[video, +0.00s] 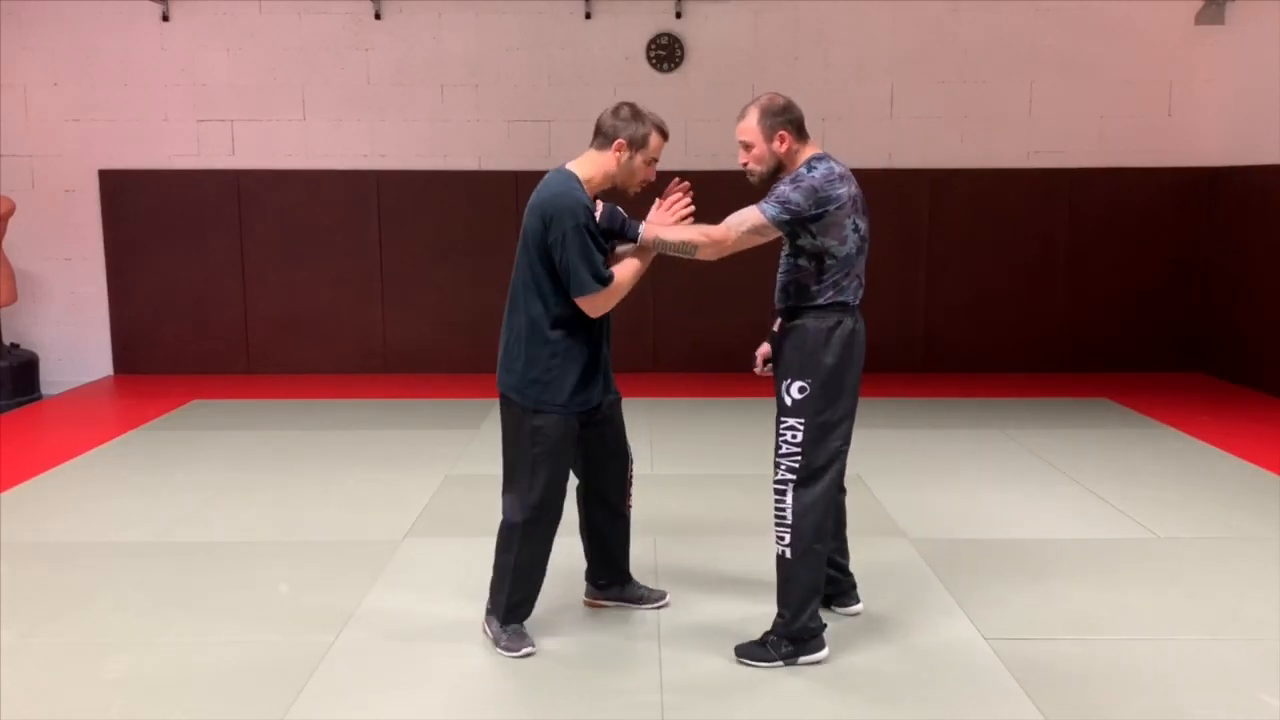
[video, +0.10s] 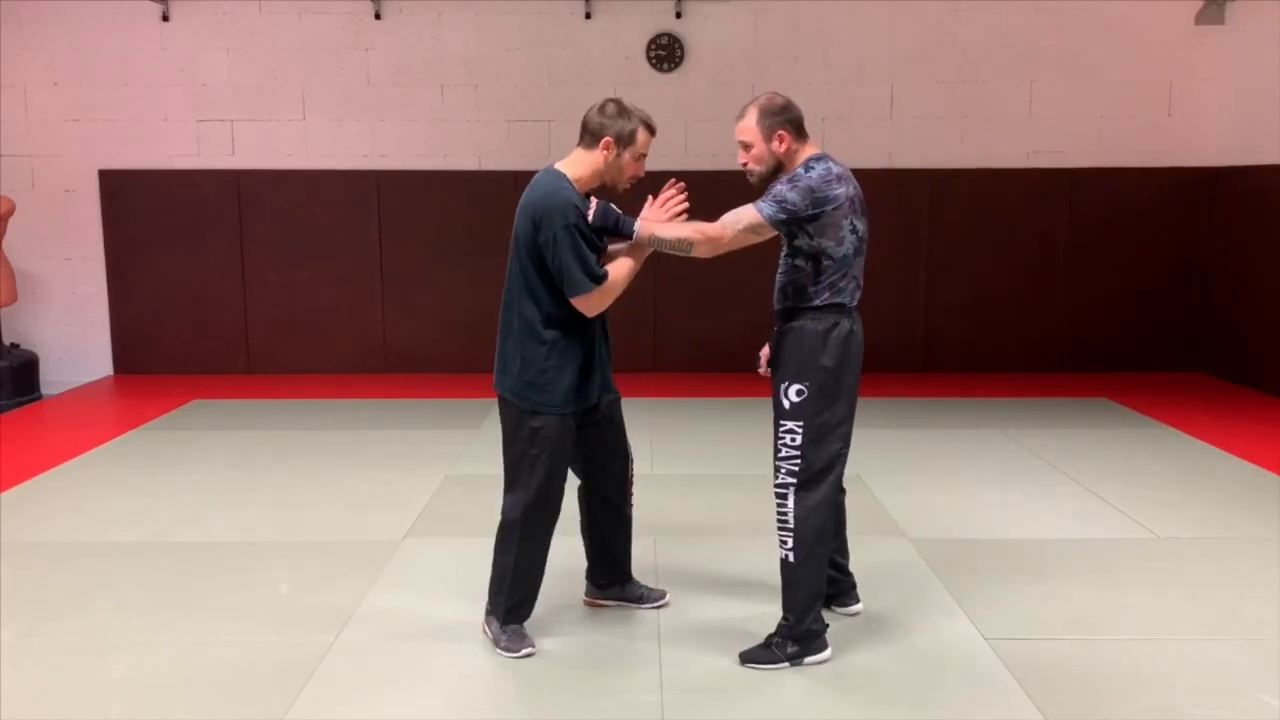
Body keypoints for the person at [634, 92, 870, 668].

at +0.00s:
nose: (742, 159)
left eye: (748, 147)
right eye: (741, 147)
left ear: (784, 141)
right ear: (787, 141)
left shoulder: (814, 184)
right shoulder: (823, 177)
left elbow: (717, 240)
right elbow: (811, 278)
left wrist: (632, 230)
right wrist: (778, 337)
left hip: (818, 336)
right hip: (823, 334)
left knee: (797, 481)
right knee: (819, 472)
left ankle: (797, 633)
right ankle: (834, 582)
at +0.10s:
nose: (741, 159)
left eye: (747, 147)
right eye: (740, 147)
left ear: (783, 141)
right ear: (786, 141)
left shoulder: (813, 185)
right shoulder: (825, 177)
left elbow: (714, 237)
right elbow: (815, 278)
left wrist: (629, 230)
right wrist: (783, 338)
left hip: (815, 338)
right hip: (822, 335)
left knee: (797, 483)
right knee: (818, 473)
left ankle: (801, 632)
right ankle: (834, 582)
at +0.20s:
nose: (741, 158)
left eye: (746, 146)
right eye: (739, 147)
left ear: (781, 140)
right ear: (784, 139)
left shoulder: (810, 185)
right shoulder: (825, 176)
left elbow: (709, 235)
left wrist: (620, 223)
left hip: (813, 339)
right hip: (820, 335)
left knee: (795, 482)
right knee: (817, 472)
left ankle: (801, 632)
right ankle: (834, 581)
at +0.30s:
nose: (737, 155)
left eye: (744, 144)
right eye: (736, 143)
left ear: (779, 138)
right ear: (783, 138)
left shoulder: (807, 185)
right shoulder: (825, 177)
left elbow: (704, 238)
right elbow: (717, 235)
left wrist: (611, 221)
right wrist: (633, 232)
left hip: (812, 341)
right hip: (823, 336)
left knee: (793, 483)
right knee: (818, 472)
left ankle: (801, 632)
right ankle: (835, 584)